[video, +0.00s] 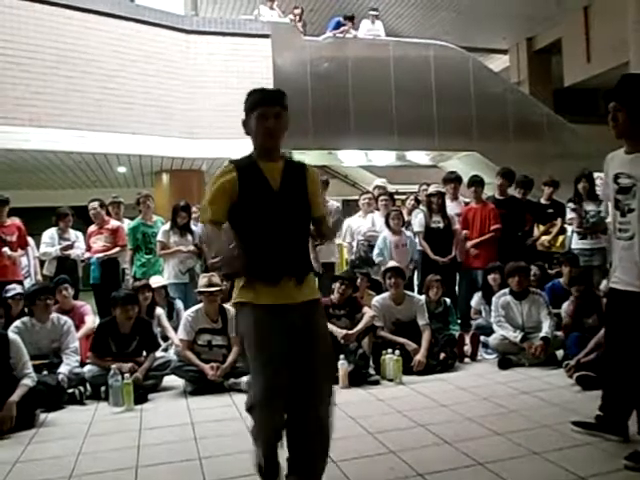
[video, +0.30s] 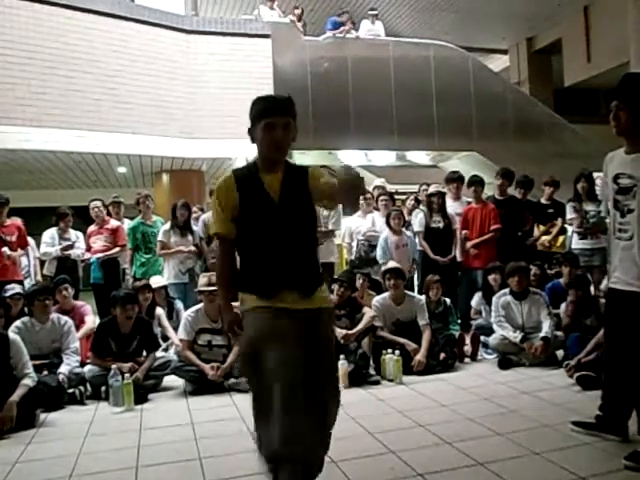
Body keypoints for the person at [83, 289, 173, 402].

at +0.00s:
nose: (130, 313)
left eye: (133, 308)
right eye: (125, 309)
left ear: (137, 309)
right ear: (114, 311)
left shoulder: (144, 325)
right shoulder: (104, 327)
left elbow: (153, 352)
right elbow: (93, 358)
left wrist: (141, 372)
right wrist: (118, 366)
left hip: (137, 364)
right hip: (111, 366)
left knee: (167, 360)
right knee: (89, 372)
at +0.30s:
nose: (130, 310)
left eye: (133, 305)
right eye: (124, 306)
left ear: (137, 308)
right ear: (114, 310)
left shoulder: (143, 324)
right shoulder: (104, 327)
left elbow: (153, 352)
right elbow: (94, 359)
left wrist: (141, 372)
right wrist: (119, 366)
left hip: (137, 365)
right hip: (112, 367)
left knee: (168, 360)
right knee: (89, 371)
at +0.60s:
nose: (130, 310)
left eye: (133, 306)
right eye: (124, 306)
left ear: (138, 308)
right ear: (114, 310)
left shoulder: (144, 324)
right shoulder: (104, 327)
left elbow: (153, 352)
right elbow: (94, 359)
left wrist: (141, 372)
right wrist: (119, 366)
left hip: (137, 365)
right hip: (112, 367)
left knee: (168, 360)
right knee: (89, 371)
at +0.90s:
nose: (130, 311)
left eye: (133, 306)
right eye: (125, 307)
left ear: (138, 308)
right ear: (114, 310)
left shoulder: (144, 324)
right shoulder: (104, 327)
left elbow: (153, 352)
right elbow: (94, 359)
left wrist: (141, 372)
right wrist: (119, 366)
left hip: (137, 365)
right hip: (112, 367)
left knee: (168, 361)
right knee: (89, 372)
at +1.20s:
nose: (130, 310)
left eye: (133, 306)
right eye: (124, 307)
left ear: (137, 308)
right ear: (114, 310)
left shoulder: (143, 324)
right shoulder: (104, 327)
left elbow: (153, 352)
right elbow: (94, 359)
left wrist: (141, 372)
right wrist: (119, 366)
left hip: (137, 365)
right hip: (112, 367)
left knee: (168, 361)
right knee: (89, 372)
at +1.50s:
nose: (129, 311)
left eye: (133, 306)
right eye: (124, 307)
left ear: (137, 308)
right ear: (114, 310)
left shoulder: (144, 324)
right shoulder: (104, 327)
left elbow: (153, 352)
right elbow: (94, 358)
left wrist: (141, 372)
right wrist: (120, 366)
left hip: (137, 365)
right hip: (112, 367)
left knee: (168, 361)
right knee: (89, 372)